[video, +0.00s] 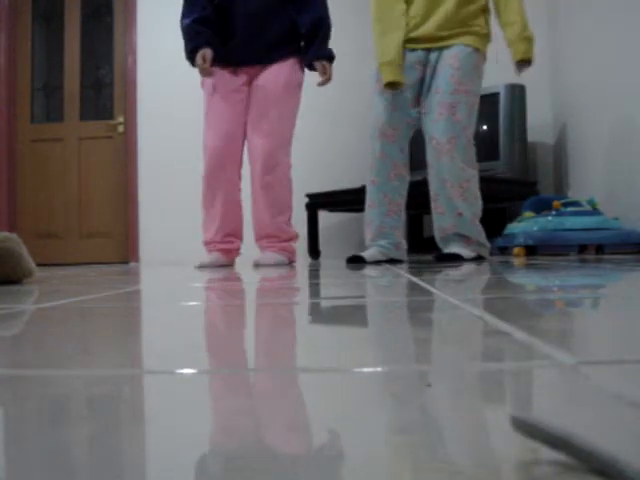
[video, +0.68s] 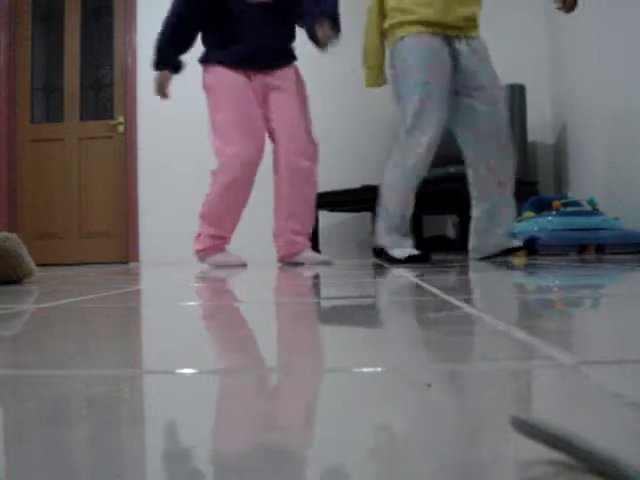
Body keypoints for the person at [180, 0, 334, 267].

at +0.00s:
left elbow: (313, 3)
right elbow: (194, 4)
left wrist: (318, 47)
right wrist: (199, 43)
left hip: (280, 57)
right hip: (223, 59)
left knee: (269, 156)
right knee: (218, 156)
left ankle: (276, 247)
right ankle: (221, 248)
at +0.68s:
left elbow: (309, 3)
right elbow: (186, 9)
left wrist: (322, 21)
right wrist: (165, 61)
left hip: (279, 67)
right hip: (227, 67)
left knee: (299, 154)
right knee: (241, 153)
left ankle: (294, 247)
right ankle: (211, 246)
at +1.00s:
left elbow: (281, 4)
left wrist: (282, 45)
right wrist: (134, 32)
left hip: (245, 59)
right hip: (192, 62)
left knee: (245, 158)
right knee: (185, 160)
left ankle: (275, 249)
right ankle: (199, 250)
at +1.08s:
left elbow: (272, 7)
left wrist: (274, 65)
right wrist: (135, 20)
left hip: (238, 58)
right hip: (187, 60)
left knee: (240, 155)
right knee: (172, 159)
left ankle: (272, 247)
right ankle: (194, 251)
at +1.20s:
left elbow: (258, 12)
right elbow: (147, 11)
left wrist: (266, 68)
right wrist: (132, 16)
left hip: (227, 58)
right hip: (175, 61)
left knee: (229, 149)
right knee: (172, 155)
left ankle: (251, 241)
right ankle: (188, 245)